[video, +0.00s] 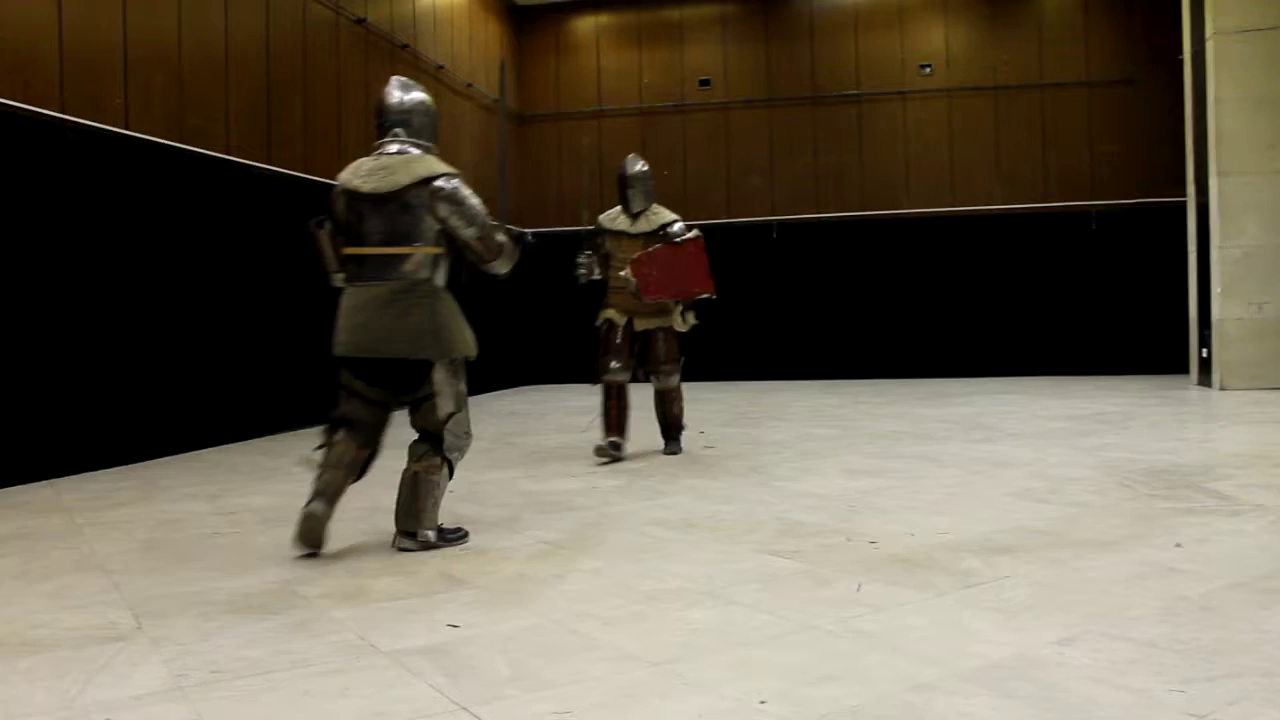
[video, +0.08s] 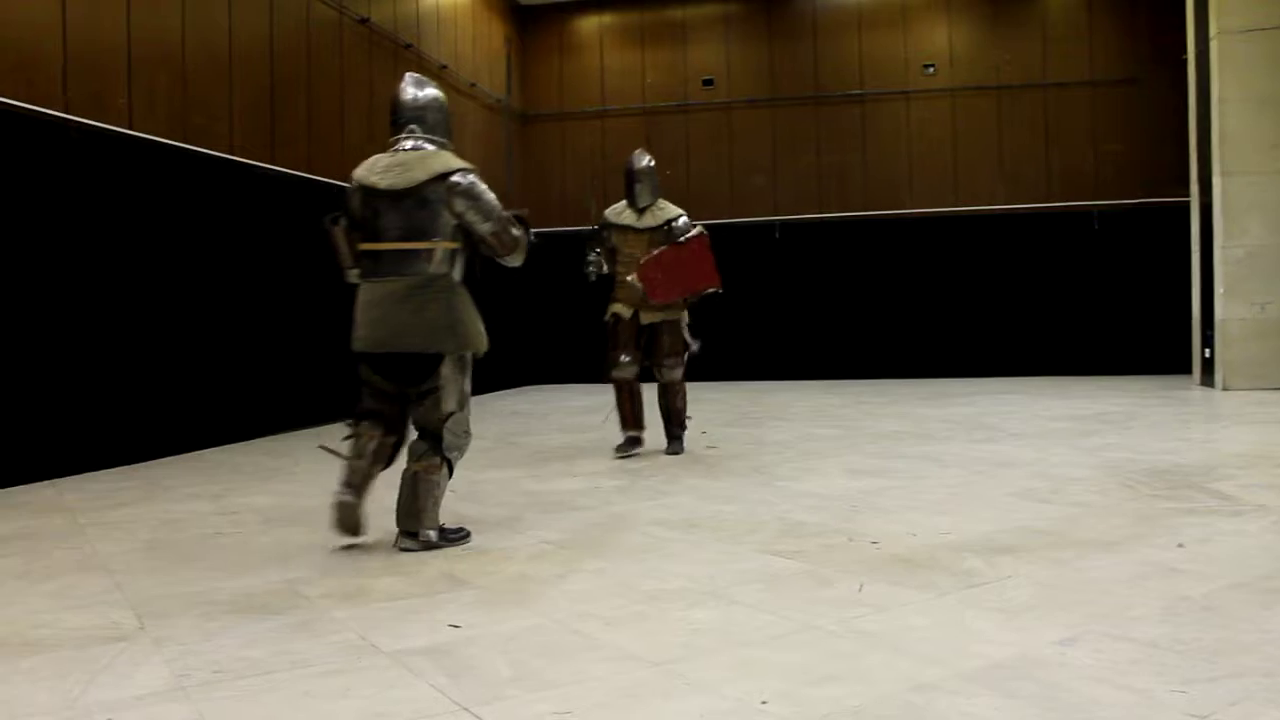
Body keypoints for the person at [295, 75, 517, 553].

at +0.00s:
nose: (433, 129)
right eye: (431, 122)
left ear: (384, 124)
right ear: (428, 123)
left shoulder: (348, 181)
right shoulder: (436, 180)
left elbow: (339, 261)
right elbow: (489, 247)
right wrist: (508, 245)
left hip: (359, 322)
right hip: (420, 323)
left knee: (355, 423)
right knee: (443, 429)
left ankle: (320, 501)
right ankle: (417, 526)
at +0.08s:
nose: (447, 125)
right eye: (445, 118)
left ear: (397, 121)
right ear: (444, 120)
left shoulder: (364, 178)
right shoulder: (452, 177)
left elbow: (355, 258)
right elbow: (509, 246)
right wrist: (512, 225)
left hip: (374, 318)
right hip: (434, 320)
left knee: (380, 413)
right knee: (441, 428)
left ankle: (351, 489)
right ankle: (419, 528)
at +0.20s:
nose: (458, 126)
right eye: (456, 118)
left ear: (407, 121)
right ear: (454, 119)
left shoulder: (377, 176)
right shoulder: (464, 173)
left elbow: (362, 255)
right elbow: (519, 242)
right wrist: (522, 220)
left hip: (388, 312)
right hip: (444, 313)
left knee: (409, 420)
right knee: (433, 423)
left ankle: (410, 524)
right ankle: (415, 529)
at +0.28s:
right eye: (461, 125)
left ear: (415, 127)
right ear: (461, 126)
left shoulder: (385, 182)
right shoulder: (472, 179)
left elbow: (372, 261)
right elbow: (522, 248)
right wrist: (528, 227)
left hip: (397, 314)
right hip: (452, 315)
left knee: (441, 409)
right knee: (428, 423)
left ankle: (450, 501)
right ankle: (409, 530)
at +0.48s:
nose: (482, 150)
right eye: (481, 143)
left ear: (438, 147)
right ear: (482, 145)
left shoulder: (408, 201)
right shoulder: (493, 196)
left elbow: (394, 283)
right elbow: (542, 264)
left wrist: (431, 282)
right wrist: (545, 251)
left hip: (429, 325)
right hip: (481, 323)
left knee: (486, 411)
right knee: (455, 420)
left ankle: (503, 495)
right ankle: (413, 521)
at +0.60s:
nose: (493, 153)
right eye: (492, 146)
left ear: (450, 150)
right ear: (492, 146)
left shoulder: (425, 203)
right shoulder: (503, 193)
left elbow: (413, 281)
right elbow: (545, 244)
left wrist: (441, 289)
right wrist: (558, 284)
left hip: (447, 322)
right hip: (498, 318)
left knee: (485, 409)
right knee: (509, 419)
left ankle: (506, 496)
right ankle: (446, 489)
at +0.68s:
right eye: (498, 145)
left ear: (459, 150)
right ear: (501, 146)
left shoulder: (435, 200)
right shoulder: (512, 191)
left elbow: (422, 264)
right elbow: (549, 234)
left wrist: (435, 286)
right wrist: (565, 279)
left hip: (454, 315)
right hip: (506, 311)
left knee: (484, 400)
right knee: (537, 400)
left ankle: (501, 490)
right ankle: (492, 463)